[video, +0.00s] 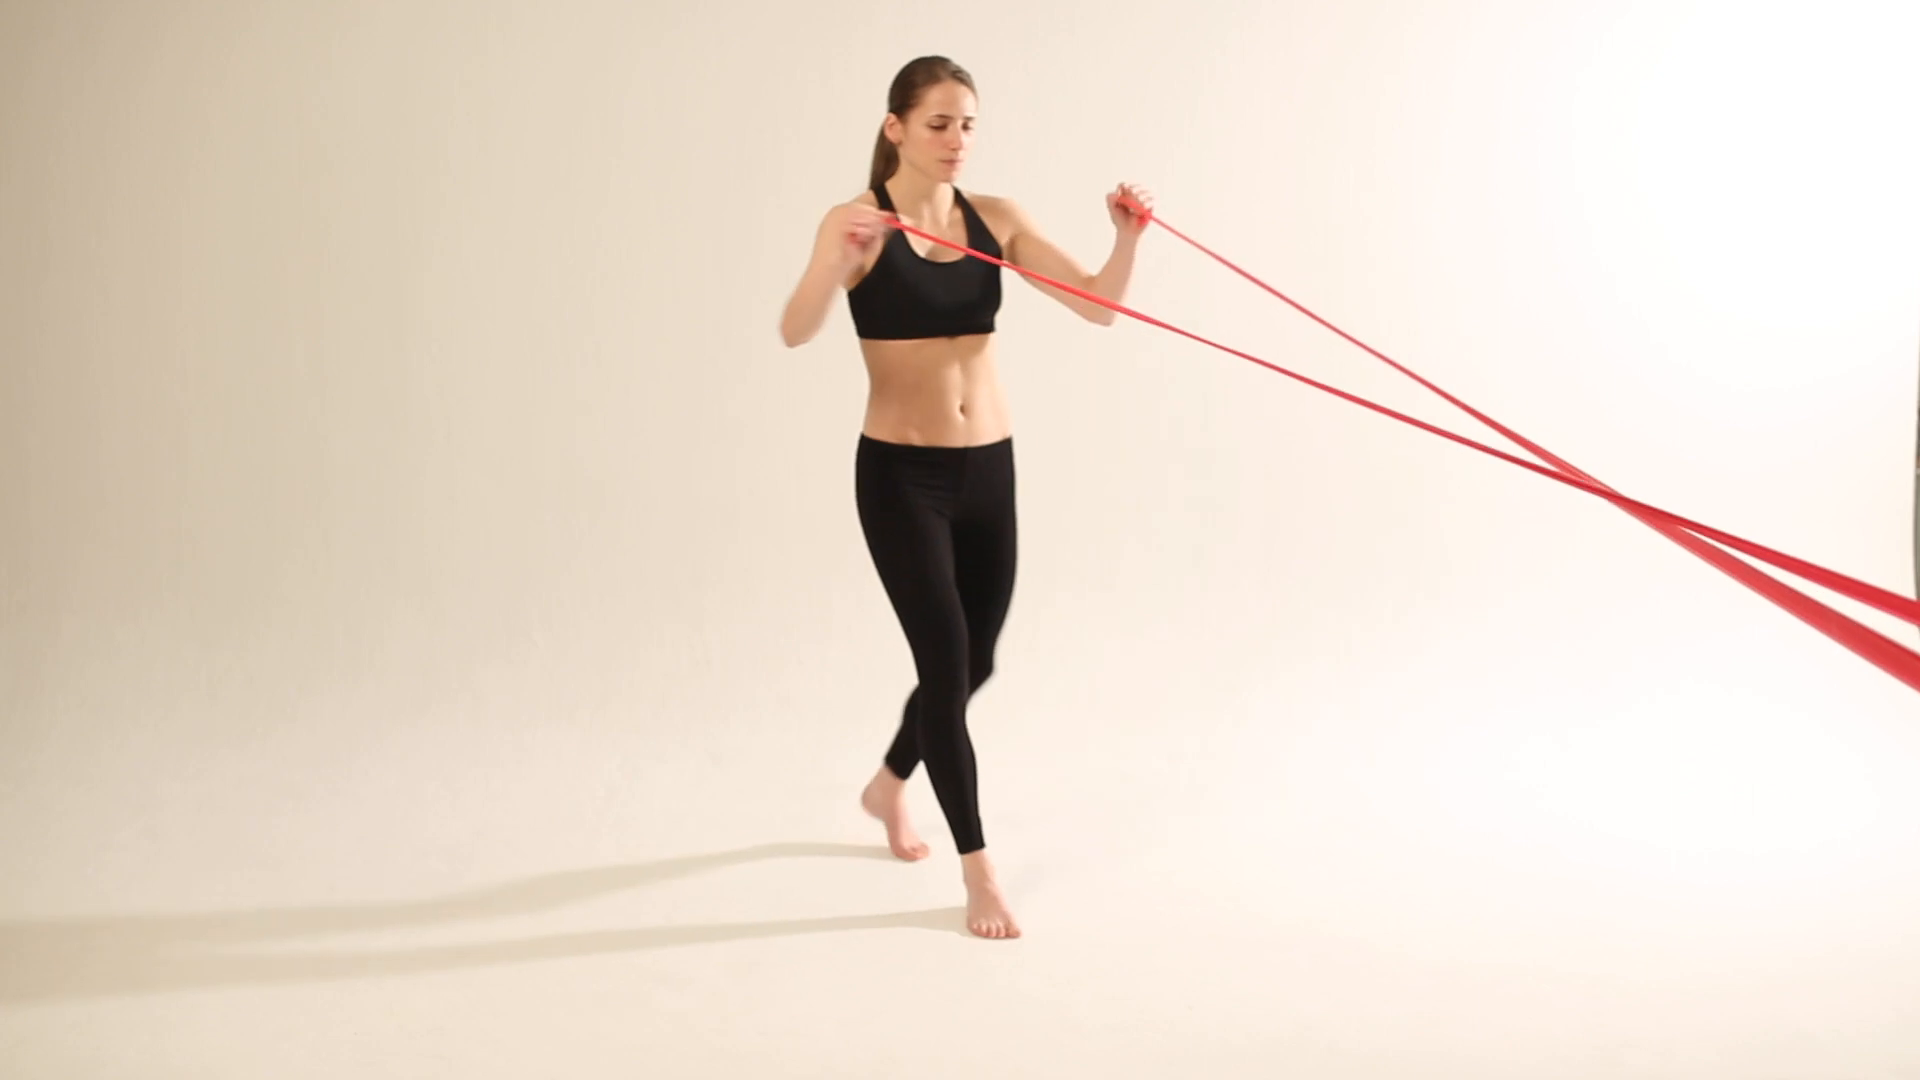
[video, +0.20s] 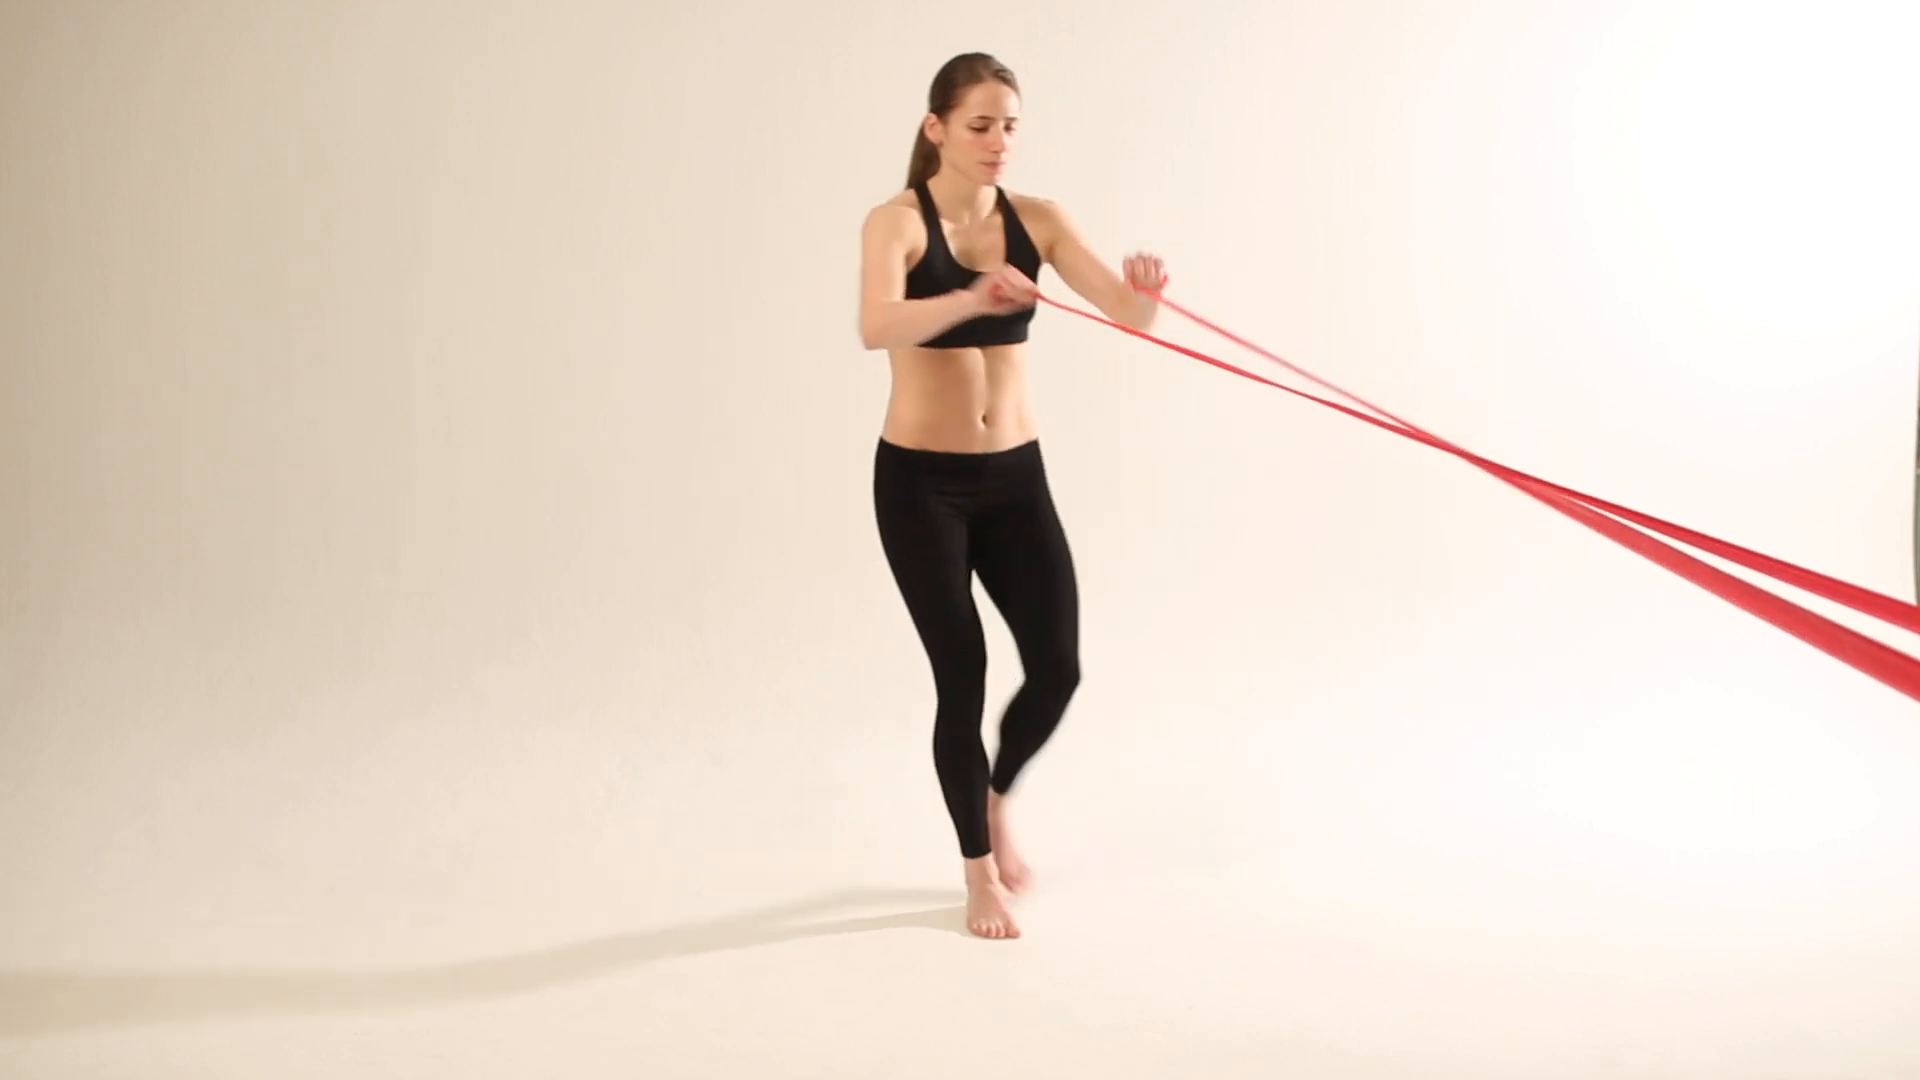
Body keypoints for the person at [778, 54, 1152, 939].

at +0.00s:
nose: (956, 138)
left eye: (966, 124)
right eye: (939, 123)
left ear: (974, 131)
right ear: (895, 127)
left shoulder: (992, 216)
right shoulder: (854, 221)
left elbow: (1097, 304)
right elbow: (795, 331)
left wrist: (1127, 235)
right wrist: (843, 266)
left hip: (989, 470)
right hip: (900, 473)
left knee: (975, 661)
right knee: (945, 668)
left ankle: (887, 781)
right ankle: (977, 869)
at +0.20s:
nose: (997, 141)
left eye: (1008, 125)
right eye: (981, 125)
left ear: (1018, 130)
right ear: (935, 127)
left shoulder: (1037, 221)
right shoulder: (898, 221)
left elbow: (1126, 311)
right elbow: (879, 326)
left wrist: (1142, 291)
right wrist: (974, 299)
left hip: (1017, 479)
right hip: (920, 483)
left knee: (1055, 670)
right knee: (962, 673)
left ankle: (992, 794)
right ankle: (977, 873)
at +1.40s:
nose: (1261, 427)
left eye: (1273, 408)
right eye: (1244, 407)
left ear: (1283, 397)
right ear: (1189, 389)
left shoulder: (1275, 463)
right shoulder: (1126, 452)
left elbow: (1297, 601)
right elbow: (1184, 625)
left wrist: (1308, 738)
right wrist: (1261, 759)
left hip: (1143, 610)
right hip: (1048, 614)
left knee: (1206, 760)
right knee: (1092, 822)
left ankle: (1158, 944)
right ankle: (993, 850)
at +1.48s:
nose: (1250, 406)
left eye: (1260, 387)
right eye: (1232, 386)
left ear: (1271, 377)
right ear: (1177, 368)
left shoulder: (1261, 446)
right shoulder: (1115, 438)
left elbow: (1289, 583)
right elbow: (1176, 606)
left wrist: (1302, 716)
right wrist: (1257, 735)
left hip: (1137, 604)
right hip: (1043, 608)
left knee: (1202, 755)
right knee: (1090, 815)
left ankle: (1158, 943)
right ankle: (991, 848)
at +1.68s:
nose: (1191, 320)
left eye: (1200, 301)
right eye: (1173, 300)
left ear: (1207, 298)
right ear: (1118, 291)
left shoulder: (1206, 372)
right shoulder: (1065, 376)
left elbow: (1242, 500)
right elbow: (1129, 521)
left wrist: (1267, 617)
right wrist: (1215, 633)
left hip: (1115, 572)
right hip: (1015, 581)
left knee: (1176, 737)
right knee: (1064, 783)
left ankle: (1156, 942)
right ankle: (983, 854)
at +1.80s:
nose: (1138, 251)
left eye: (1149, 234)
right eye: (1121, 232)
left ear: (1158, 237)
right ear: (1070, 229)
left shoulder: (1159, 312)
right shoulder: (1018, 321)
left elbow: (1202, 426)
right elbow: (1084, 454)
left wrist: (1231, 529)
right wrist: (1177, 547)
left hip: (1085, 540)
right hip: (984, 544)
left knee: (1145, 720)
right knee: (1036, 742)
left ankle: (1162, 930)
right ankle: (984, 861)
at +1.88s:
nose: (1106, 209)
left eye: (1116, 192)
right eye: (1089, 192)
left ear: (1124, 197)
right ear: (1038, 190)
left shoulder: (1128, 277)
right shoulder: (986, 285)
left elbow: (1181, 382)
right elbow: (1038, 419)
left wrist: (1202, 465)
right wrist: (1145, 486)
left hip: (1066, 518)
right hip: (967, 522)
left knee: (1123, 707)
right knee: (1017, 718)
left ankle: (1151, 906)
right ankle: (984, 865)